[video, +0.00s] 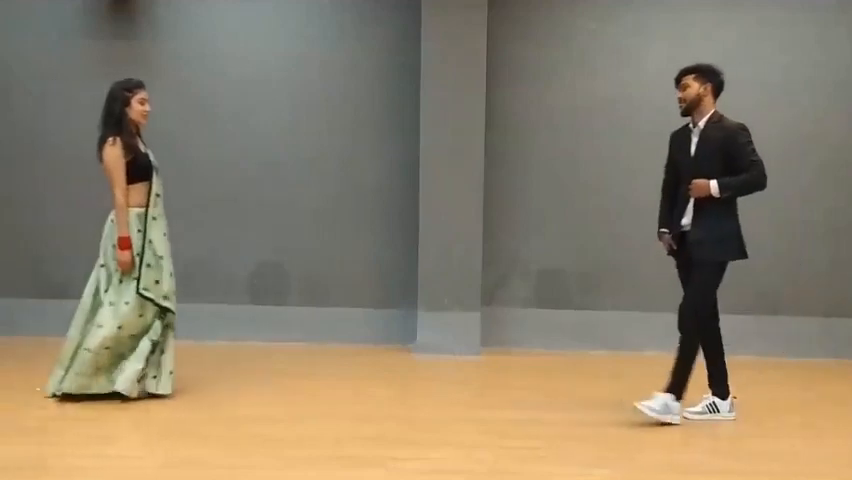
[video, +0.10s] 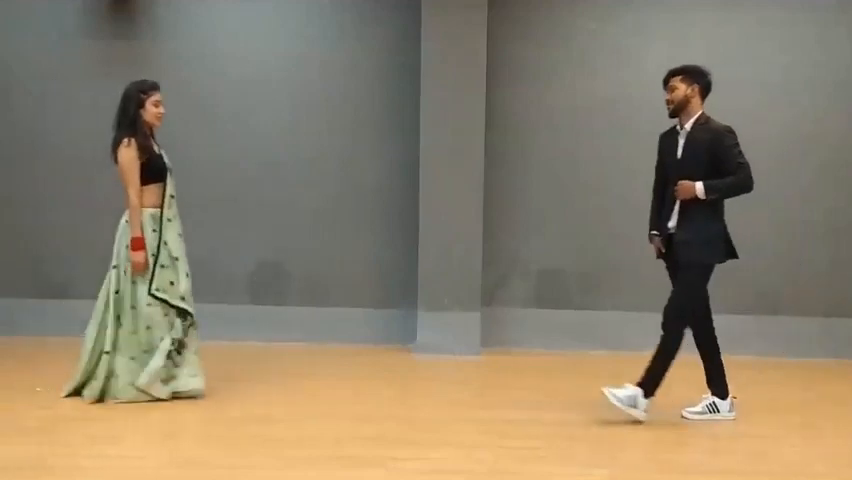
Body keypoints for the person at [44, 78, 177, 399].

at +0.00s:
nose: (147, 108)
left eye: (148, 103)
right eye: (142, 102)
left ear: (139, 108)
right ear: (124, 105)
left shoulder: (138, 142)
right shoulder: (115, 144)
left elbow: (141, 194)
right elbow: (119, 195)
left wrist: (152, 238)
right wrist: (124, 242)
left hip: (150, 230)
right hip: (131, 231)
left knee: (157, 305)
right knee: (136, 307)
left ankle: (140, 378)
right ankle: (83, 375)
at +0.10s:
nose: (162, 110)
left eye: (161, 104)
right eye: (156, 104)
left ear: (152, 108)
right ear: (138, 108)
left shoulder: (150, 142)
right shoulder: (129, 144)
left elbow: (155, 194)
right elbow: (133, 196)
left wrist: (165, 236)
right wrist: (137, 244)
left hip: (163, 230)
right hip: (146, 231)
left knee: (166, 304)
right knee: (147, 305)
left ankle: (160, 375)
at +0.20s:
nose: (175, 114)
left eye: (175, 108)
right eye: (169, 108)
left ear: (163, 113)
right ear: (152, 111)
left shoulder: (163, 147)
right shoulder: (144, 149)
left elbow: (165, 200)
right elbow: (148, 201)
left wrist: (179, 243)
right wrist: (151, 247)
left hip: (175, 234)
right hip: (158, 235)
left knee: (175, 306)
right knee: (156, 307)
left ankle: (177, 376)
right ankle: (156, 377)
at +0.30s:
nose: (190, 117)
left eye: (190, 111)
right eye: (184, 111)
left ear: (181, 115)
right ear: (167, 113)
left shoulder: (179, 150)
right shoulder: (159, 152)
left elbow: (181, 202)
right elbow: (162, 203)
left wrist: (197, 243)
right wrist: (164, 250)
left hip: (191, 235)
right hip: (175, 235)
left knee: (191, 307)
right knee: (174, 308)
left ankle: (192, 376)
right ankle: (173, 377)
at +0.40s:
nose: (204, 117)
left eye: (205, 111)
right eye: (199, 111)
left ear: (196, 114)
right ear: (182, 113)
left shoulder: (192, 150)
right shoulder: (175, 151)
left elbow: (195, 202)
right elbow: (177, 201)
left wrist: (209, 243)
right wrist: (178, 248)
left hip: (205, 234)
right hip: (190, 234)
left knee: (205, 305)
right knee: (191, 307)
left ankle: (207, 375)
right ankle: (192, 376)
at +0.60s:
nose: (232, 115)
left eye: (234, 109)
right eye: (227, 108)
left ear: (227, 112)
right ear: (210, 110)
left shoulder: (219, 148)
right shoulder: (203, 149)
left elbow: (220, 199)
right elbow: (206, 200)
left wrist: (235, 241)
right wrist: (211, 247)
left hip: (231, 233)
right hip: (217, 234)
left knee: (231, 309)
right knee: (216, 310)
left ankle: (229, 378)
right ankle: (217, 379)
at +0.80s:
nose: (259, 116)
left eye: (260, 110)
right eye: (254, 110)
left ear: (247, 111)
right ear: (237, 110)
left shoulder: (241, 147)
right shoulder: (229, 149)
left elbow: (239, 199)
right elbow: (232, 199)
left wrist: (249, 243)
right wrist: (236, 246)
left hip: (252, 233)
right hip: (239, 235)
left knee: (251, 309)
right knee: (237, 310)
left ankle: (250, 378)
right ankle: (232, 380)